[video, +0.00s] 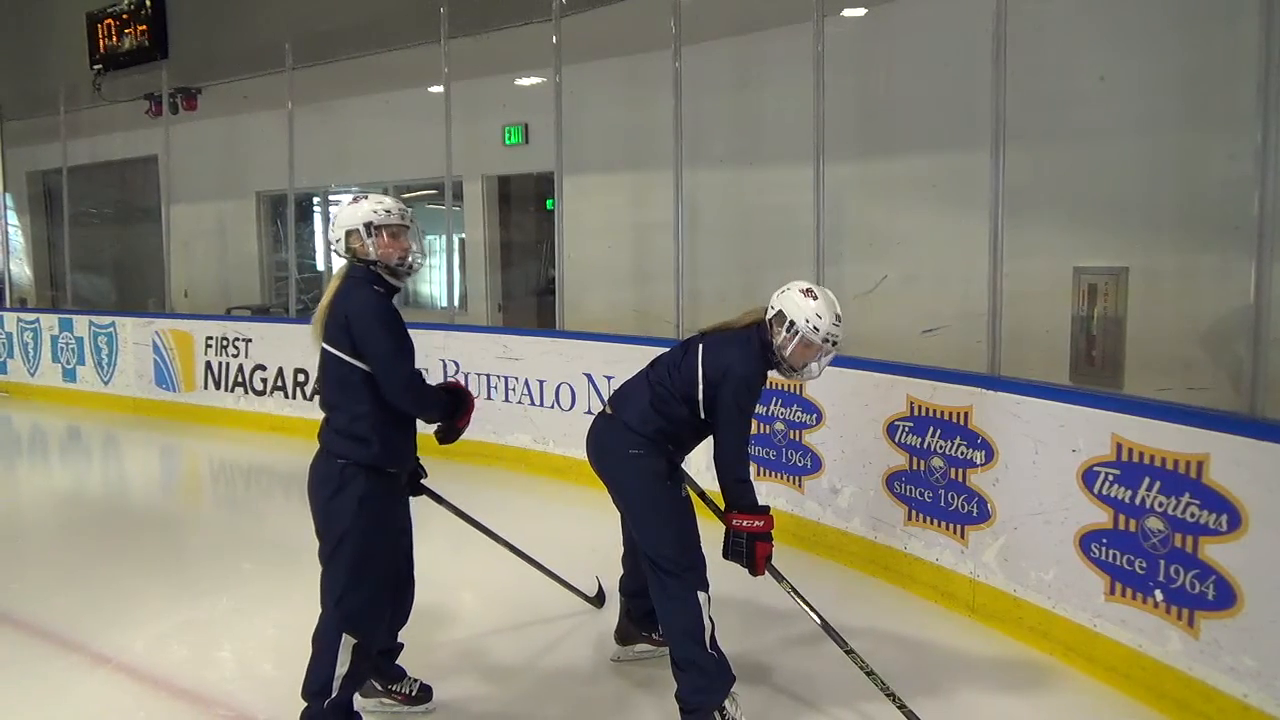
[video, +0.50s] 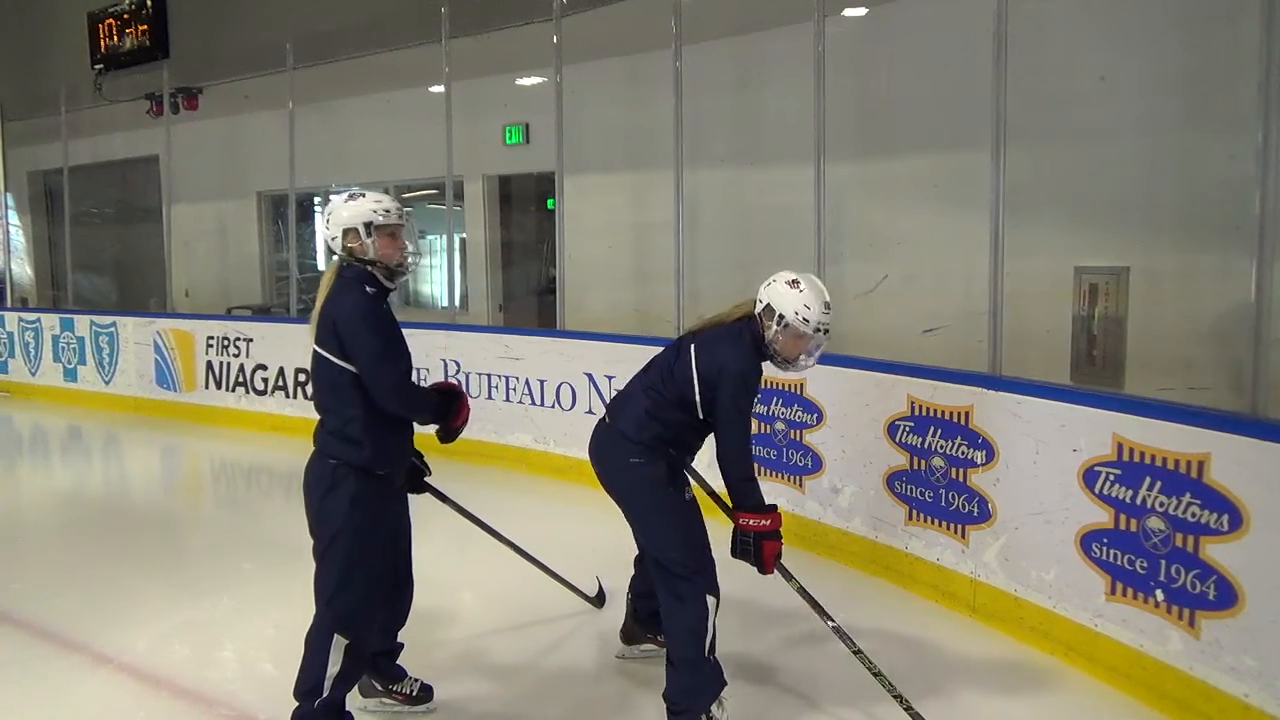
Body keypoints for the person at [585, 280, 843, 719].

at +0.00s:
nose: (809, 359)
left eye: (818, 351)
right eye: (805, 345)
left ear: (825, 348)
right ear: (780, 327)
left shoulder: (744, 345)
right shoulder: (743, 365)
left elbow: (730, 441)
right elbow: (731, 450)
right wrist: (749, 519)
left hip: (620, 436)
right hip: (635, 446)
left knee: (645, 535)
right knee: (680, 570)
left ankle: (637, 625)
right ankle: (705, 704)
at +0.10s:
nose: (810, 360)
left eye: (819, 351)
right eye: (805, 346)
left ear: (825, 348)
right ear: (781, 328)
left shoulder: (744, 344)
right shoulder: (743, 365)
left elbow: (730, 441)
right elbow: (731, 450)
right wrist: (748, 519)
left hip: (619, 436)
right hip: (636, 447)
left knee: (645, 536)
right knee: (681, 570)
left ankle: (637, 625)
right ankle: (706, 705)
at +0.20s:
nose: (809, 358)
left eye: (818, 350)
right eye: (805, 344)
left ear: (823, 347)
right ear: (780, 327)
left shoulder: (743, 343)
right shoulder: (743, 365)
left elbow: (730, 441)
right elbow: (731, 452)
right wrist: (749, 520)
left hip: (619, 436)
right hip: (636, 447)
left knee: (646, 537)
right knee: (681, 570)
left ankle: (637, 624)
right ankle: (706, 704)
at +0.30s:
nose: (807, 357)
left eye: (816, 349)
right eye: (803, 343)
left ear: (823, 347)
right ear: (779, 326)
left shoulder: (742, 343)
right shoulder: (743, 365)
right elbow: (731, 451)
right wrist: (749, 520)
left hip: (618, 437)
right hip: (636, 447)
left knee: (647, 536)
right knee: (682, 570)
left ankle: (638, 625)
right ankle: (706, 704)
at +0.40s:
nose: (804, 356)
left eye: (812, 348)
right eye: (800, 342)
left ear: (819, 345)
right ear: (775, 325)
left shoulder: (738, 340)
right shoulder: (741, 365)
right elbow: (731, 451)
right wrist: (751, 519)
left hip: (618, 440)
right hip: (638, 452)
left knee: (656, 540)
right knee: (691, 572)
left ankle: (641, 625)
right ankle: (697, 705)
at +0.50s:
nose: (801, 349)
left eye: (809, 340)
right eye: (795, 336)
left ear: (817, 336)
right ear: (768, 321)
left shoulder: (735, 337)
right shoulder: (737, 362)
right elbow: (734, 452)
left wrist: (674, 441)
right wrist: (757, 520)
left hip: (632, 443)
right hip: (635, 454)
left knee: (666, 542)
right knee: (691, 579)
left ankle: (644, 624)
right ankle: (691, 706)